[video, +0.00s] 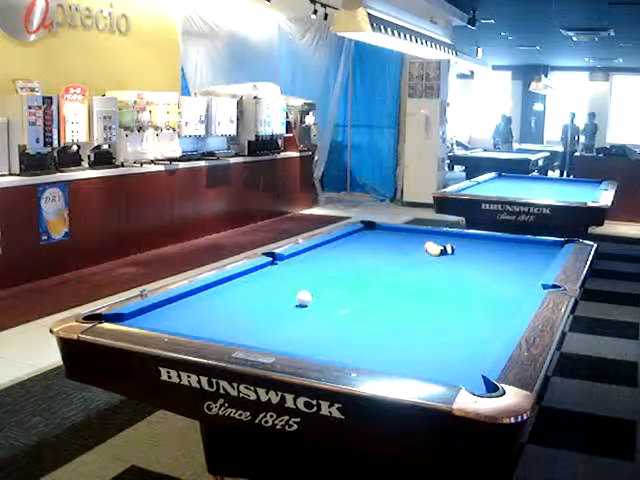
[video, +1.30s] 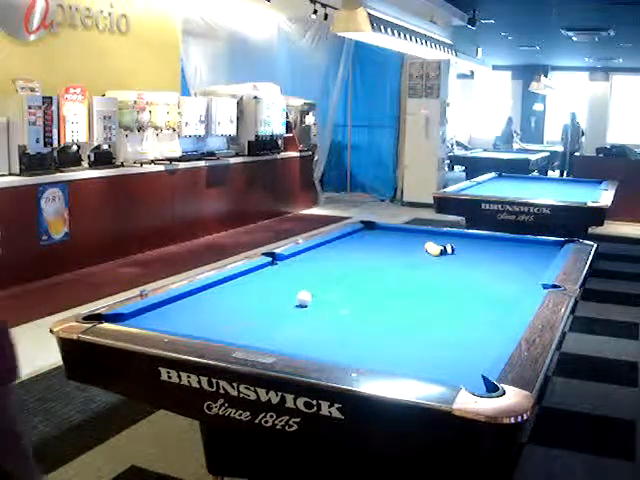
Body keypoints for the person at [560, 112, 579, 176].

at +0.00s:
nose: (572, 118)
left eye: (573, 117)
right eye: (571, 116)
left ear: (574, 117)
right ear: (569, 117)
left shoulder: (576, 128)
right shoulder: (565, 126)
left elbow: (578, 137)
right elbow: (562, 136)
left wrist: (577, 145)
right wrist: (563, 143)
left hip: (572, 147)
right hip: (565, 146)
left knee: (570, 161)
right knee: (563, 161)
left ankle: (568, 174)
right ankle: (561, 174)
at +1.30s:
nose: (572, 119)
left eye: (574, 117)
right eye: (571, 117)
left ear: (576, 118)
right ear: (570, 117)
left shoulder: (578, 126)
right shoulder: (566, 126)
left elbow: (580, 135)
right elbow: (563, 135)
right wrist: (563, 142)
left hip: (574, 146)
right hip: (566, 145)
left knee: (571, 160)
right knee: (563, 159)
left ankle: (569, 173)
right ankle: (561, 173)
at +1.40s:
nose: (572, 119)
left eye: (574, 117)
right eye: (571, 117)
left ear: (576, 117)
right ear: (570, 117)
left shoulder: (577, 126)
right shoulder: (566, 125)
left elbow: (580, 134)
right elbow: (563, 134)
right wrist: (563, 141)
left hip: (574, 145)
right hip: (566, 145)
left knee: (571, 159)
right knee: (563, 158)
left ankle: (569, 173)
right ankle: (561, 173)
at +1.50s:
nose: (572, 119)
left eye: (574, 117)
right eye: (571, 117)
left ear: (575, 117)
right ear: (570, 117)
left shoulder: (577, 126)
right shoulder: (566, 125)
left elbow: (579, 135)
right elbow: (563, 134)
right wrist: (563, 141)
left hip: (574, 146)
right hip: (566, 145)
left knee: (571, 159)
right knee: (563, 159)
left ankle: (569, 173)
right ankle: (561, 172)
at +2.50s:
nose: (571, 119)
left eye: (572, 117)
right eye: (570, 117)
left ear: (574, 117)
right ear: (568, 117)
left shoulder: (576, 126)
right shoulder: (565, 125)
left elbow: (578, 135)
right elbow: (563, 134)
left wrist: (577, 143)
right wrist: (562, 142)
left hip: (573, 145)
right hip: (566, 145)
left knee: (571, 160)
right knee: (563, 160)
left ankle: (570, 173)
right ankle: (562, 173)